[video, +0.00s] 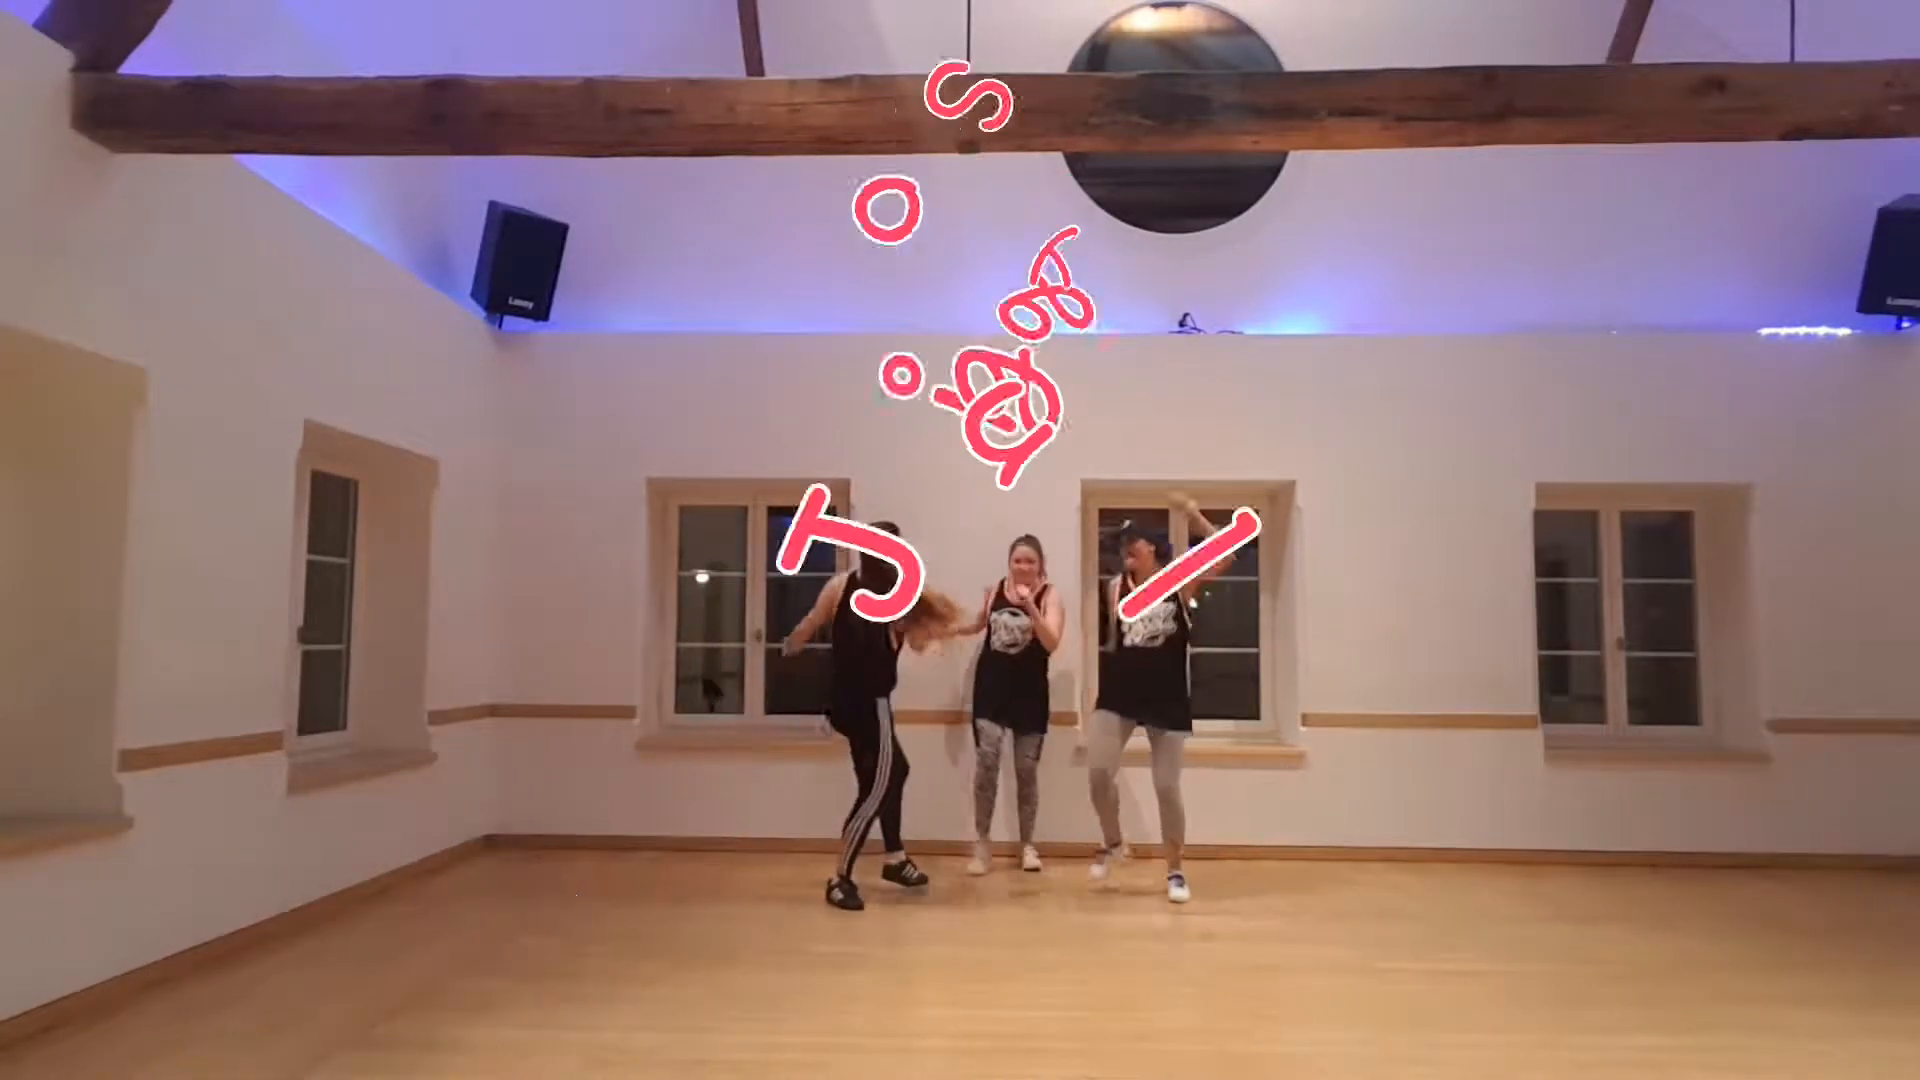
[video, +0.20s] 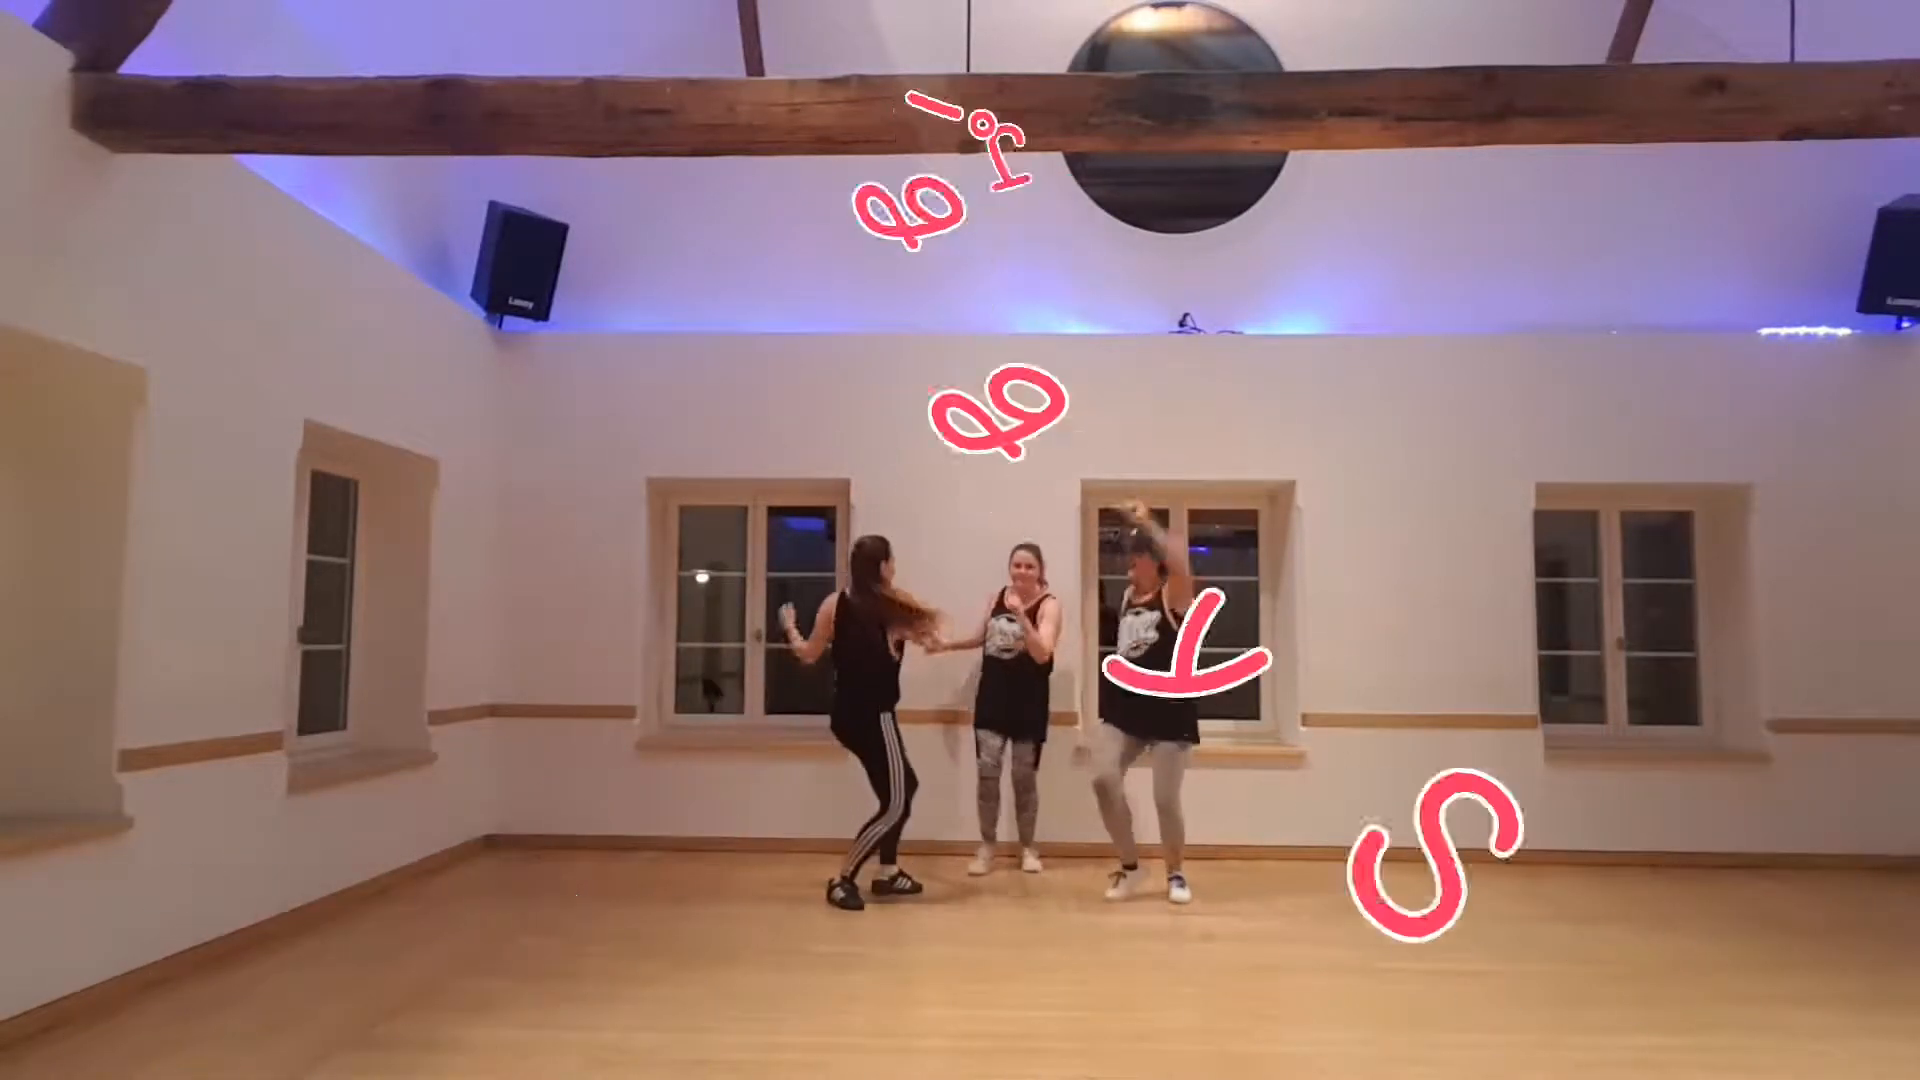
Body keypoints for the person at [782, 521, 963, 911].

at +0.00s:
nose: (892, 558)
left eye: (887, 549)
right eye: (893, 550)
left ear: (862, 552)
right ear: (896, 555)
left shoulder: (840, 584)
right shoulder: (896, 593)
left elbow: (810, 624)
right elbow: (922, 634)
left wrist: (791, 645)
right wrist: (968, 627)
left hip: (847, 698)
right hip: (873, 701)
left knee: (896, 771)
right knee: (876, 789)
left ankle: (896, 859)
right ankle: (841, 878)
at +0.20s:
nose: (894, 567)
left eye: (892, 560)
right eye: (891, 561)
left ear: (855, 564)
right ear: (883, 566)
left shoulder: (835, 604)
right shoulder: (894, 608)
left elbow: (808, 654)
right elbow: (933, 640)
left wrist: (789, 628)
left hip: (846, 712)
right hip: (874, 714)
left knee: (905, 784)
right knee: (895, 802)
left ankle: (888, 873)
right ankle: (844, 880)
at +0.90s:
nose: (898, 575)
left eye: (896, 569)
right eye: (894, 569)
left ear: (875, 574)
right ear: (882, 574)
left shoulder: (882, 610)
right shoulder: (850, 615)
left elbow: (863, 650)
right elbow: (817, 641)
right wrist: (797, 647)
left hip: (867, 716)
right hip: (838, 715)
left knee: (917, 792)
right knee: (868, 802)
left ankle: (885, 874)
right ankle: (839, 881)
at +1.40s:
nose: (890, 556)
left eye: (886, 550)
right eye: (884, 551)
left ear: (875, 561)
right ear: (872, 559)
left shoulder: (899, 597)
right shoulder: (851, 603)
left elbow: (918, 650)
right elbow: (834, 655)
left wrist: (920, 611)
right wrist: (832, 710)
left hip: (902, 708)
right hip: (865, 710)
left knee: (925, 790)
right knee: (849, 795)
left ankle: (905, 867)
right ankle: (833, 878)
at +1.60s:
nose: (902, 562)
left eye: (898, 556)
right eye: (895, 557)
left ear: (889, 568)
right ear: (883, 566)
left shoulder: (911, 604)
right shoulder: (870, 606)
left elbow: (926, 650)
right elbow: (856, 659)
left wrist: (929, 617)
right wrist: (859, 713)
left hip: (916, 710)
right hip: (882, 712)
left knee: (934, 792)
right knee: (874, 795)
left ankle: (906, 866)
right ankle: (840, 878)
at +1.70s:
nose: (909, 553)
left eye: (905, 547)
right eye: (903, 548)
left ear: (893, 559)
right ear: (893, 557)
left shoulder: (912, 595)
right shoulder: (885, 600)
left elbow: (925, 633)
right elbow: (869, 651)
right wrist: (870, 702)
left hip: (918, 706)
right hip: (889, 707)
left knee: (927, 786)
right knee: (883, 786)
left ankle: (905, 866)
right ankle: (845, 872)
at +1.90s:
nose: (917, 551)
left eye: (913, 545)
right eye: (914, 547)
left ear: (885, 553)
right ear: (911, 551)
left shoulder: (889, 587)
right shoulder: (903, 589)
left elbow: (893, 642)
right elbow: (895, 643)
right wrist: (907, 688)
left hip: (907, 691)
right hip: (897, 692)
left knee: (919, 781)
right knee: (914, 783)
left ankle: (905, 863)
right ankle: (864, 853)